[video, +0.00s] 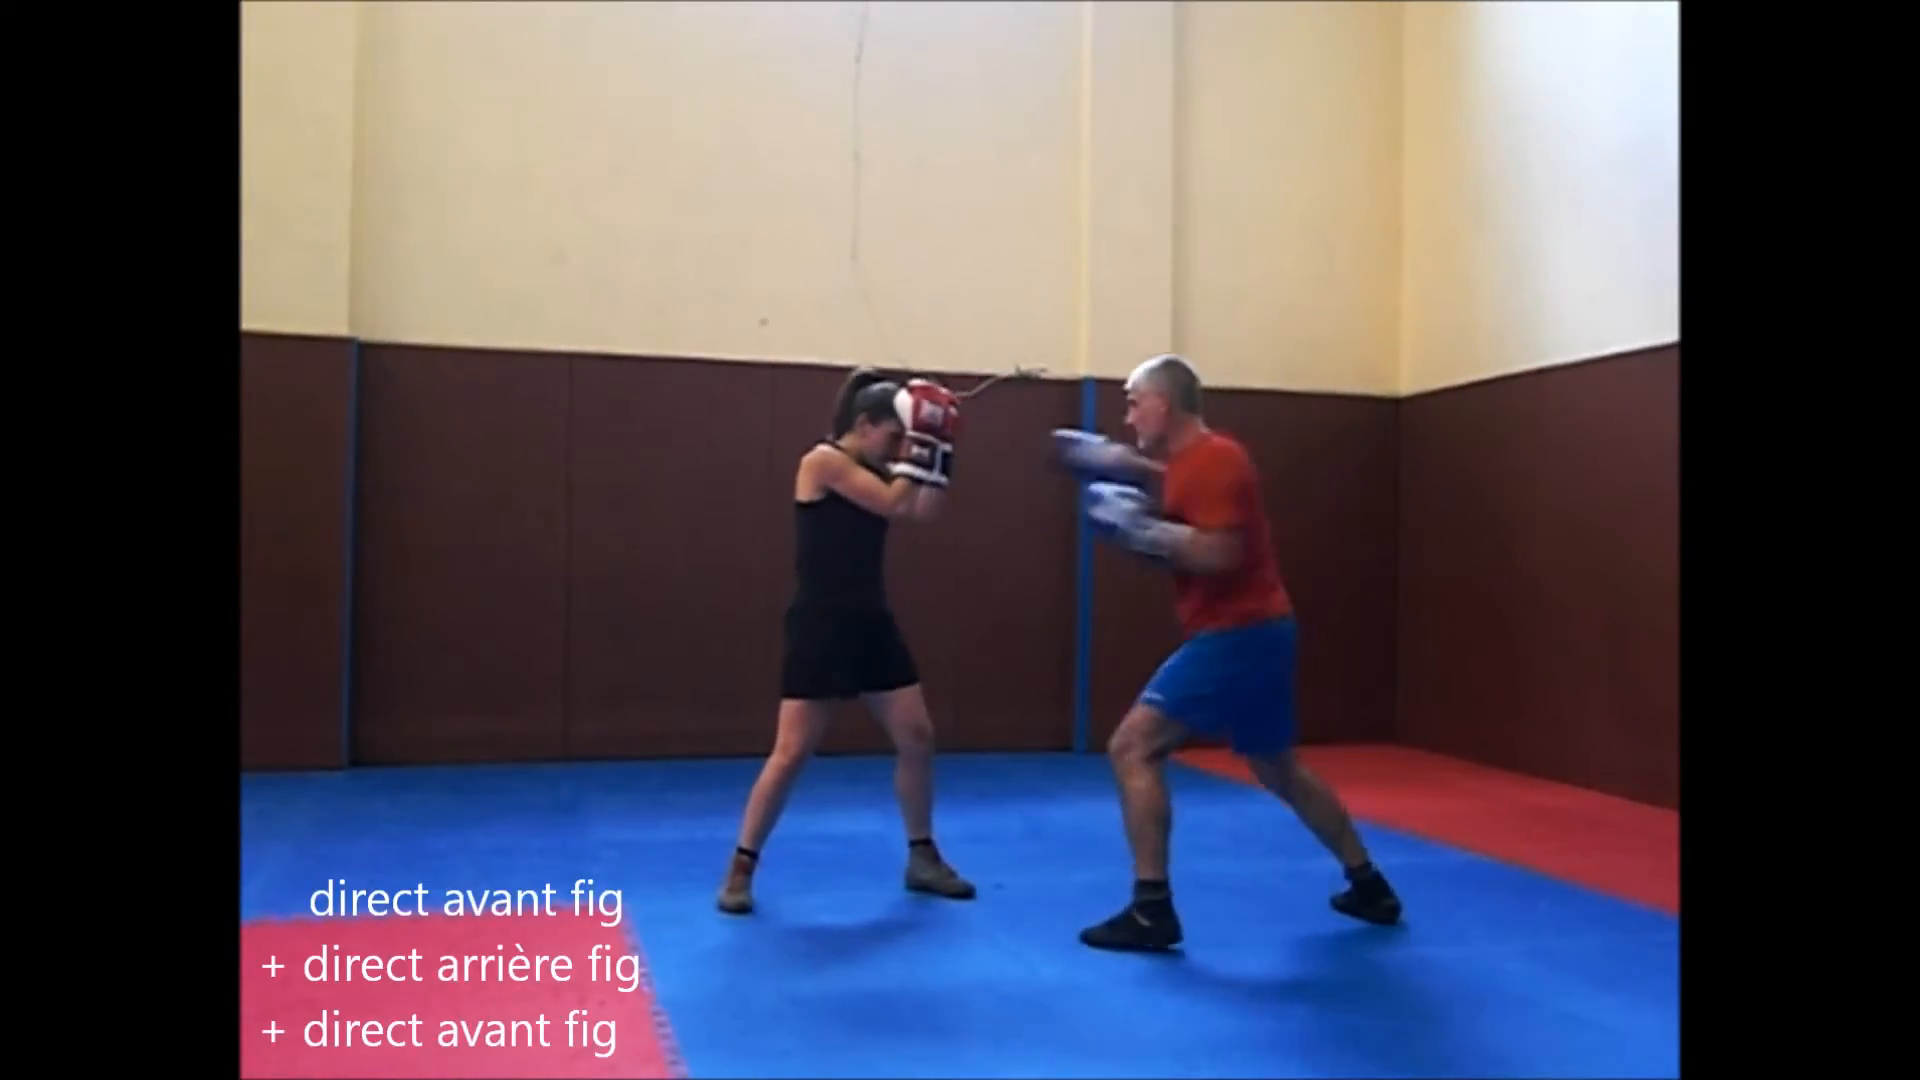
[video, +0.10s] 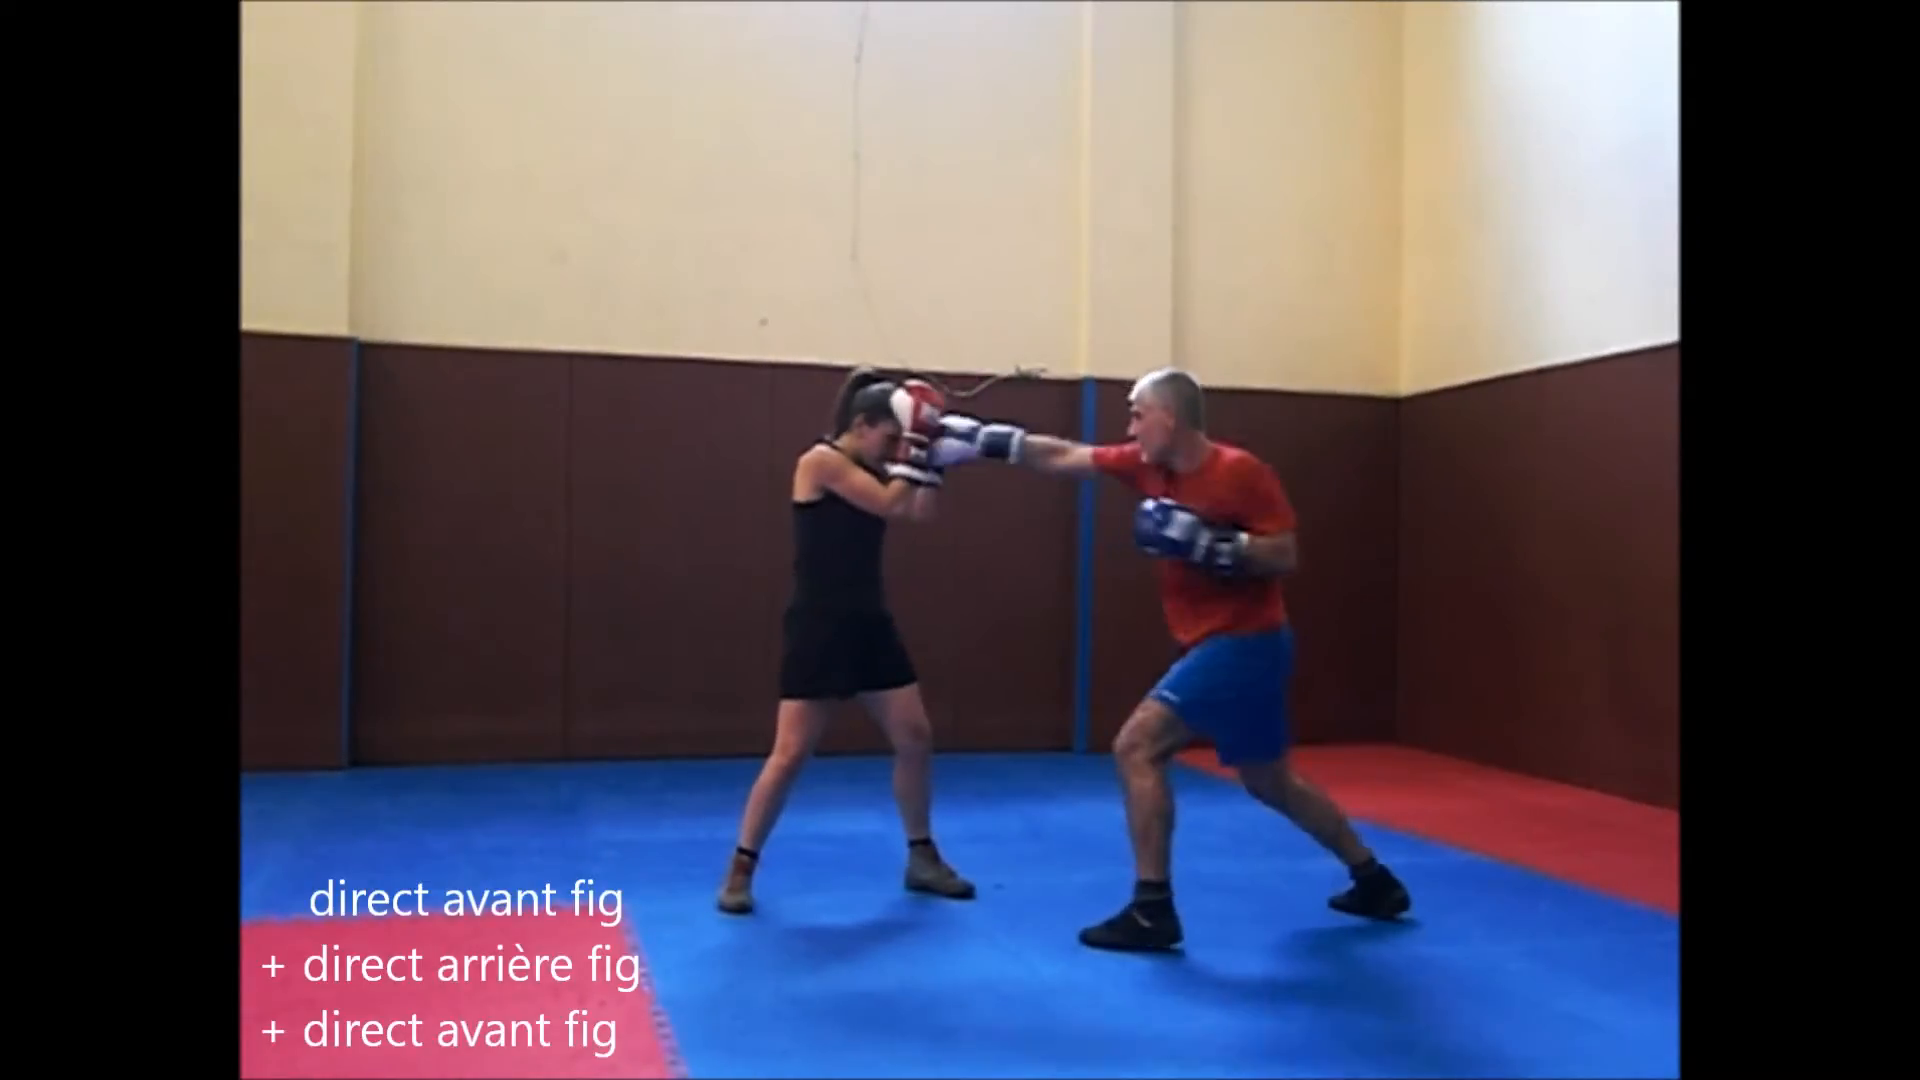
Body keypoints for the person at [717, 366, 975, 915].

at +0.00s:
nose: (897, 444)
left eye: (901, 436)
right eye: (893, 433)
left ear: (880, 429)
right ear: (864, 424)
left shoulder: (871, 471)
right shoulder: (822, 462)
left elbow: (922, 508)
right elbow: (893, 500)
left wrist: (937, 449)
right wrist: (919, 448)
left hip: (869, 625)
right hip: (819, 626)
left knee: (916, 736)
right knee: (791, 751)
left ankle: (923, 859)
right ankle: (741, 867)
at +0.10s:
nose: (894, 447)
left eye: (898, 438)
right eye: (890, 435)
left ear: (876, 429)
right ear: (861, 424)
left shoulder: (866, 471)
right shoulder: (820, 462)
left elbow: (918, 510)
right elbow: (891, 501)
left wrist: (934, 456)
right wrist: (916, 450)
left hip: (868, 626)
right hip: (818, 627)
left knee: (914, 737)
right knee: (790, 751)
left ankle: (923, 859)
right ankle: (741, 867)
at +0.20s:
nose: (883, 445)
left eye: (887, 435)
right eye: (878, 434)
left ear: (876, 431)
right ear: (849, 424)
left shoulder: (864, 472)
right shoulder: (812, 464)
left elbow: (913, 507)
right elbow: (882, 501)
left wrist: (927, 449)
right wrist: (906, 447)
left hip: (867, 625)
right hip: (817, 627)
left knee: (913, 737)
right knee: (791, 753)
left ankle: (923, 858)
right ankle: (742, 867)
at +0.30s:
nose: (882, 445)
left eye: (885, 436)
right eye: (876, 434)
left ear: (872, 432)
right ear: (846, 425)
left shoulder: (859, 472)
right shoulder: (810, 463)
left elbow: (908, 509)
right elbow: (880, 502)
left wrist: (919, 449)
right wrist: (906, 448)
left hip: (866, 626)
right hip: (815, 628)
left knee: (912, 736)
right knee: (791, 752)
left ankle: (923, 858)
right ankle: (742, 868)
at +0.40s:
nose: (884, 450)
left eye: (888, 441)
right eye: (879, 438)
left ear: (875, 435)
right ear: (851, 426)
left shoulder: (858, 469)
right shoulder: (811, 462)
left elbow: (905, 501)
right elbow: (880, 502)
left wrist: (919, 445)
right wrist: (909, 454)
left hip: (864, 625)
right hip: (813, 627)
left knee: (909, 736)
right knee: (790, 751)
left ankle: (922, 858)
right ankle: (742, 867)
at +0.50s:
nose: (878, 447)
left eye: (882, 437)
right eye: (873, 436)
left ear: (870, 431)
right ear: (845, 425)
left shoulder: (856, 468)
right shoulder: (805, 462)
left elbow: (906, 499)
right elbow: (878, 496)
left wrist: (914, 442)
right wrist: (903, 443)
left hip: (865, 626)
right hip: (812, 628)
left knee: (906, 737)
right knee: (790, 752)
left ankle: (922, 858)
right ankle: (742, 867)